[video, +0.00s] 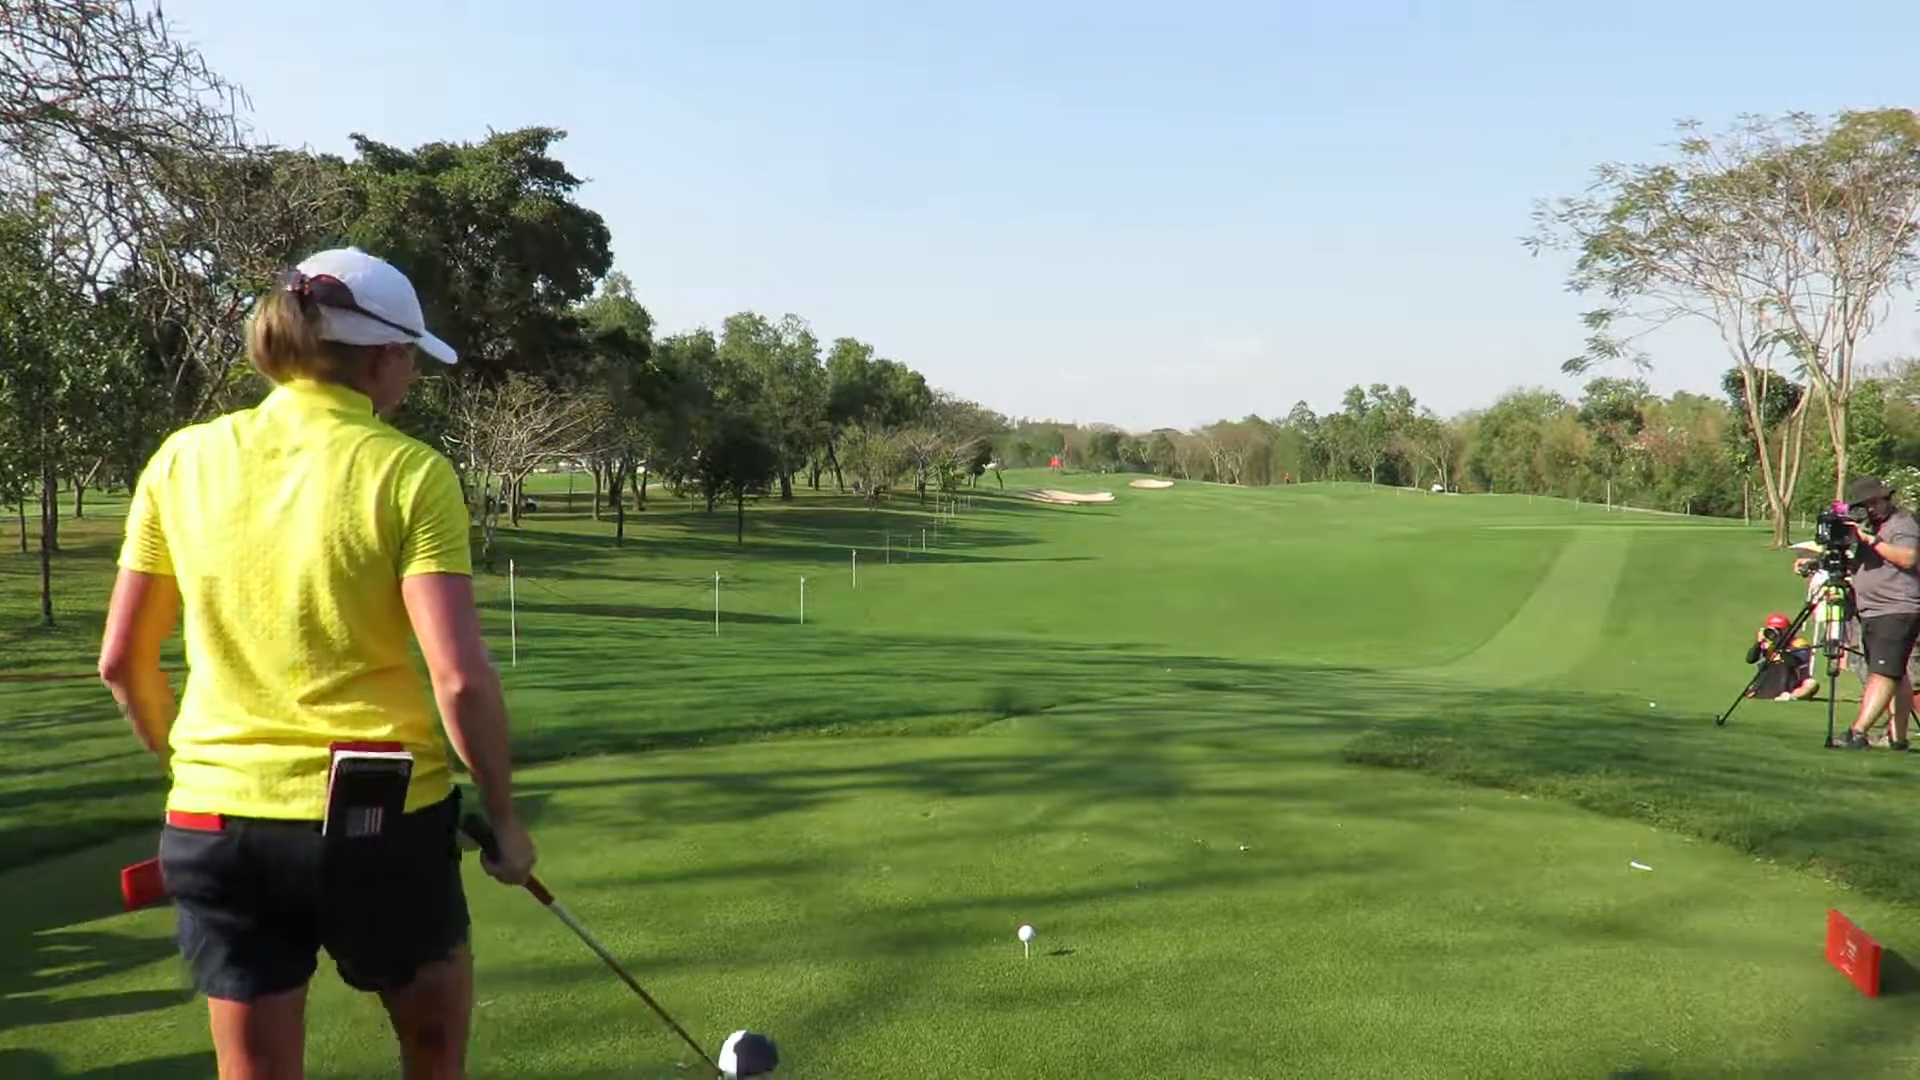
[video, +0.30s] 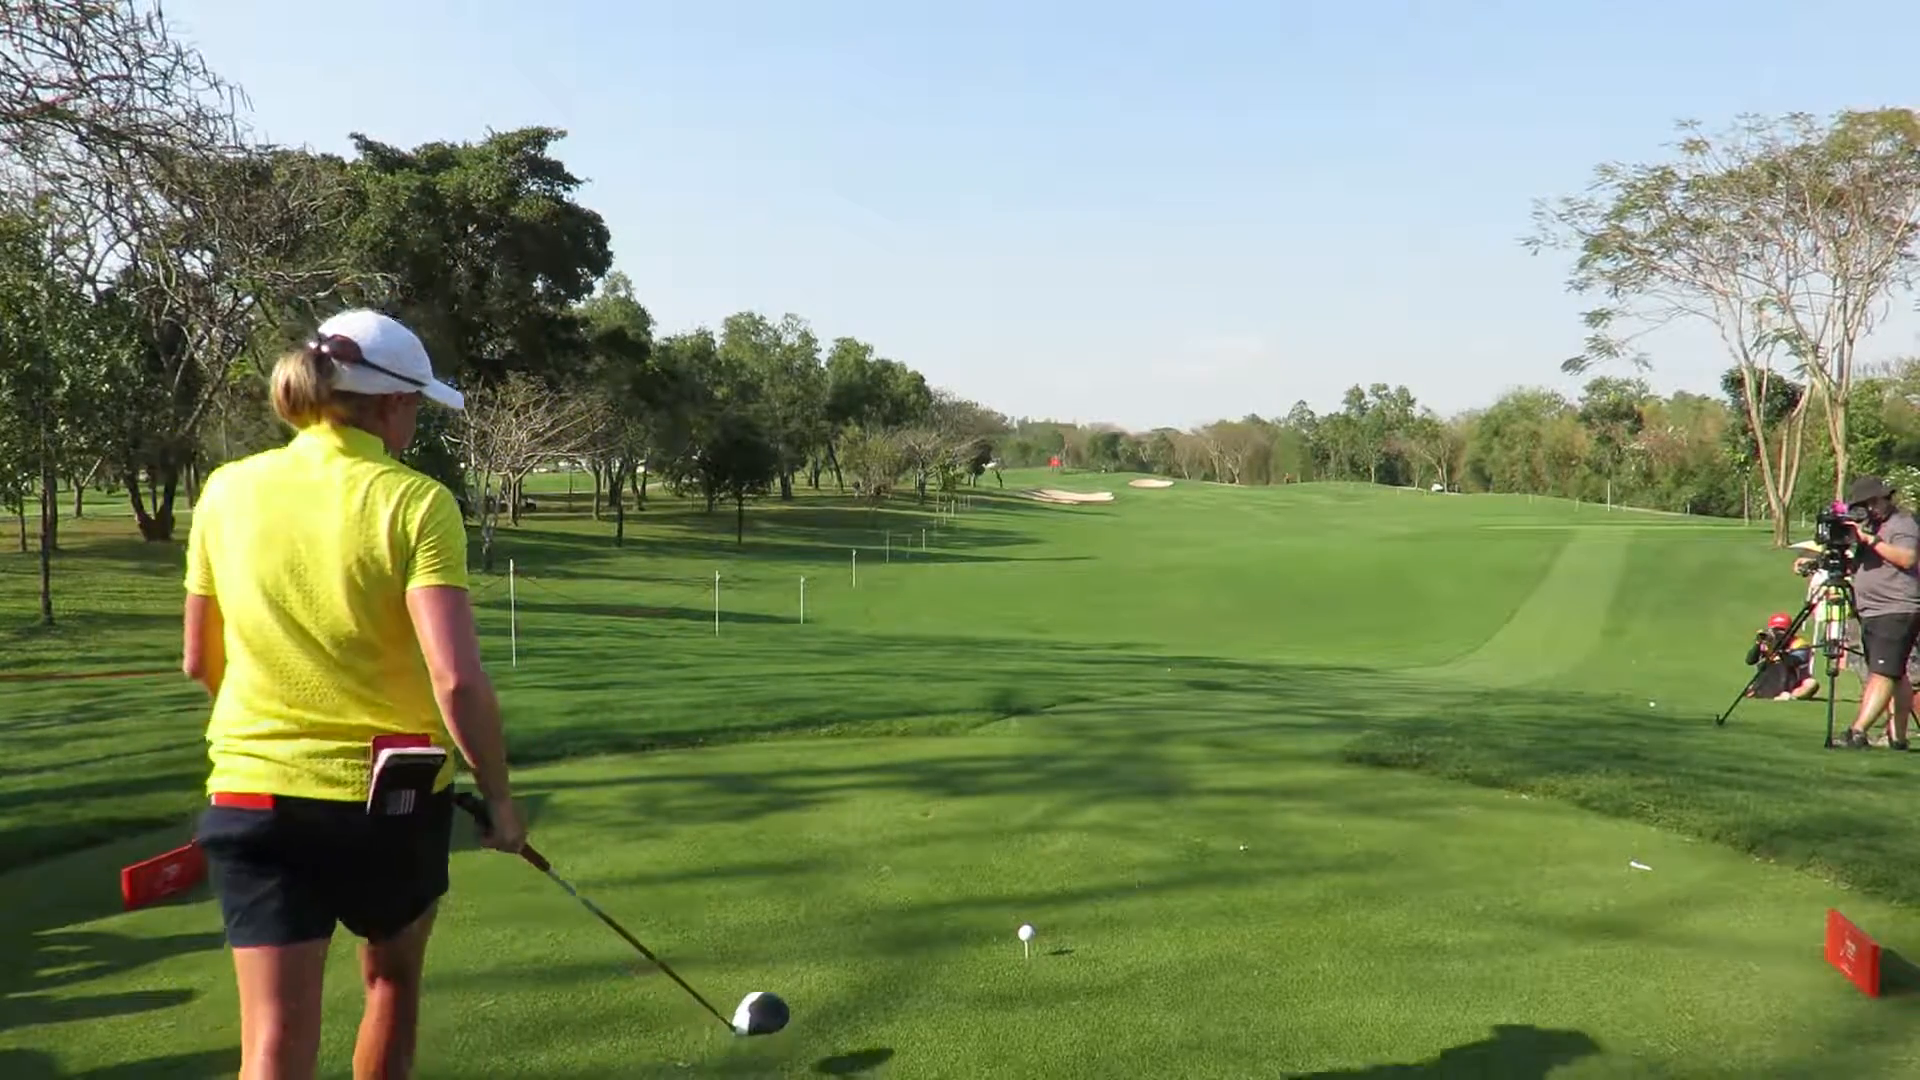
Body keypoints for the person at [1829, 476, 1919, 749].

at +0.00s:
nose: (1869, 511)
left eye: (1872, 504)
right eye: (1865, 507)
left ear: (1884, 500)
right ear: (1863, 509)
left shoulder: (1902, 523)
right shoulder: (1872, 529)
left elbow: (1909, 559)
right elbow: (1858, 568)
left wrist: (1869, 540)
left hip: (1897, 610)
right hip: (1873, 612)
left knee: (1883, 671)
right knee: (1895, 676)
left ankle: (1857, 731)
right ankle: (1899, 737)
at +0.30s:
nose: (1866, 513)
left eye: (1868, 506)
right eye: (1862, 508)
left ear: (1882, 501)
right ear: (1864, 509)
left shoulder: (1901, 523)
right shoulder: (1874, 528)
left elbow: (1908, 559)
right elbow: (1863, 566)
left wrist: (1870, 541)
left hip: (1897, 610)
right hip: (1874, 611)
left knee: (1882, 672)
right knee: (1895, 677)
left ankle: (1857, 730)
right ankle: (1898, 736)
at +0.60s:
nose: (1868, 509)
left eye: (1872, 502)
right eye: (1864, 505)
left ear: (1885, 499)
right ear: (1863, 506)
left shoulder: (1902, 523)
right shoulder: (1874, 527)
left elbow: (1908, 559)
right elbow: (1864, 565)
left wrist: (1870, 540)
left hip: (1897, 610)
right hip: (1874, 611)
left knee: (1882, 671)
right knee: (1895, 676)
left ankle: (1857, 730)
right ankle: (1898, 736)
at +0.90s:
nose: (1868, 507)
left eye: (1872, 501)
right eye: (1865, 503)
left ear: (1885, 499)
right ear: (1865, 504)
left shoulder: (1902, 522)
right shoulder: (1871, 526)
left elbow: (1908, 558)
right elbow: (1856, 563)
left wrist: (1871, 539)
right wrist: (1844, 537)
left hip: (1898, 609)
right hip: (1873, 609)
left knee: (1884, 669)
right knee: (1892, 673)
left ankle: (1858, 729)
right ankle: (1898, 734)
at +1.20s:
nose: (1871, 506)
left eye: (1875, 499)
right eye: (1866, 502)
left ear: (1887, 497)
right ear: (1863, 505)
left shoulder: (1902, 522)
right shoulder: (1871, 526)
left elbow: (1908, 557)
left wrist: (1871, 538)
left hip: (1898, 607)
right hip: (1873, 608)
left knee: (1883, 669)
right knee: (1893, 673)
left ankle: (1858, 728)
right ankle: (1898, 733)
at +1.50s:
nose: (1871, 505)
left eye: (1876, 499)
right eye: (1866, 501)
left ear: (1888, 496)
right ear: (1863, 503)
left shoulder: (1902, 521)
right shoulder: (1873, 525)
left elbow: (1907, 556)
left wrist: (1870, 538)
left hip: (1897, 607)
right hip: (1874, 607)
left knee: (1883, 668)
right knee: (1894, 672)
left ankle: (1858, 728)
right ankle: (1898, 732)